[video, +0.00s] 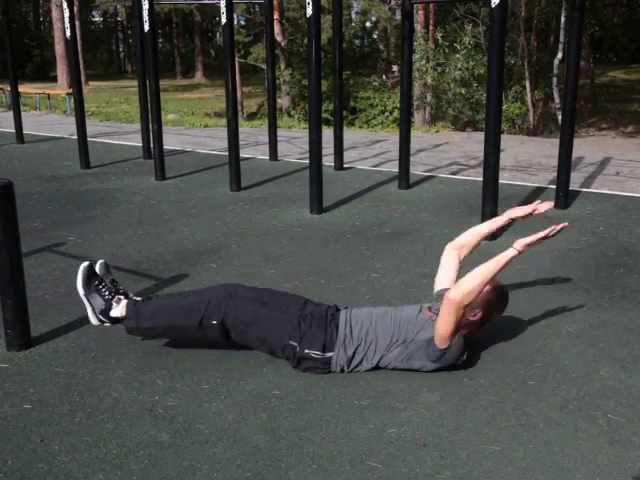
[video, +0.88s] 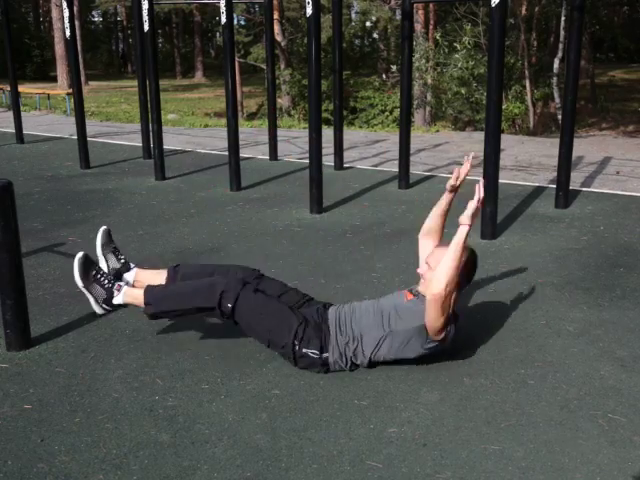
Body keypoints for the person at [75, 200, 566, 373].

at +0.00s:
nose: (471, 287)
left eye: (478, 290)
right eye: (476, 284)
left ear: (478, 308)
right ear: (470, 301)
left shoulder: (448, 345)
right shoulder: (441, 313)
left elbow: (460, 290)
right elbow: (454, 252)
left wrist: (511, 251)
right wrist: (507, 218)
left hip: (323, 339)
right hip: (328, 320)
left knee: (224, 303)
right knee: (227, 298)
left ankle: (121, 312)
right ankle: (129, 308)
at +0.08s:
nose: (441, 279)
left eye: (451, 281)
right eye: (449, 276)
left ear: (463, 304)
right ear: (460, 301)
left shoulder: (438, 335)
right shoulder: (442, 320)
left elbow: (413, 275)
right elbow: (417, 267)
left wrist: (439, 203)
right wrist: (443, 198)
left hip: (322, 341)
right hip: (329, 322)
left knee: (230, 282)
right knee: (234, 275)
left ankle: (124, 288)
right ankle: (131, 280)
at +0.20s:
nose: (412, 256)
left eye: (423, 255)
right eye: (419, 250)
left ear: (442, 273)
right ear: (436, 267)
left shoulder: (421, 308)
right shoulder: (423, 290)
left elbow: (366, 254)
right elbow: (388, 227)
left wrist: (346, 186)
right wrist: (372, 171)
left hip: (321, 343)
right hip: (326, 318)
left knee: (250, 261)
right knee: (256, 252)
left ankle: (141, 243)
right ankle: (153, 241)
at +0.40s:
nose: (348, 231)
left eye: (354, 226)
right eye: (351, 224)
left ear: (375, 235)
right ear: (380, 232)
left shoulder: (384, 268)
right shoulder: (392, 250)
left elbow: (319, 226)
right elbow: (336, 201)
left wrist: (277, 164)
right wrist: (293, 154)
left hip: (325, 349)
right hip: (335, 328)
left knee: (300, 245)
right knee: (302, 227)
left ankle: (206, 191)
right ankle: (212, 188)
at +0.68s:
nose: (376, 241)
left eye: (380, 236)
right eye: (378, 234)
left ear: (401, 245)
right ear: (406, 243)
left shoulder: (403, 281)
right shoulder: (412, 267)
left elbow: (350, 238)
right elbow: (362, 208)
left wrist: (320, 168)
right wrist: (328, 155)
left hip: (323, 347)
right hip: (333, 324)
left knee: (277, 255)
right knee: (280, 245)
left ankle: (166, 207)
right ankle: (180, 198)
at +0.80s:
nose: (414, 255)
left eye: (422, 250)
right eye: (418, 247)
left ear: (437, 269)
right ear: (428, 262)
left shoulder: (427, 312)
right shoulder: (423, 290)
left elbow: (401, 271)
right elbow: (400, 232)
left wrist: (409, 190)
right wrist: (403, 177)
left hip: (317, 344)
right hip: (321, 317)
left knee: (241, 276)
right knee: (248, 263)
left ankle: (127, 262)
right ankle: (141, 242)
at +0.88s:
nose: (428, 262)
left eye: (438, 262)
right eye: (432, 257)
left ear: (449, 282)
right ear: (437, 271)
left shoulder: (436, 328)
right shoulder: (426, 295)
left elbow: (445, 286)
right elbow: (428, 240)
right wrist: (449, 193)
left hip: (316, 343)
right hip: (323, 317)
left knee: (228, 289)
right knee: (235, 276)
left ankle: (114, 295)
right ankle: (128, 274)